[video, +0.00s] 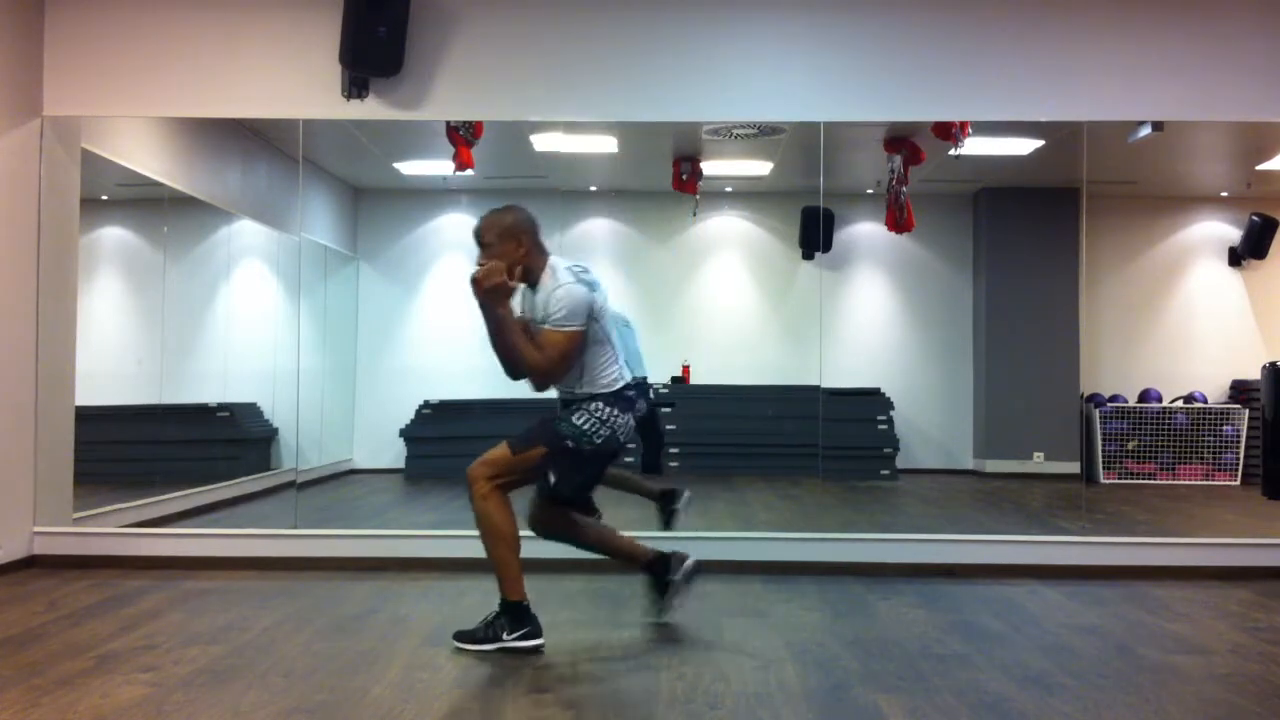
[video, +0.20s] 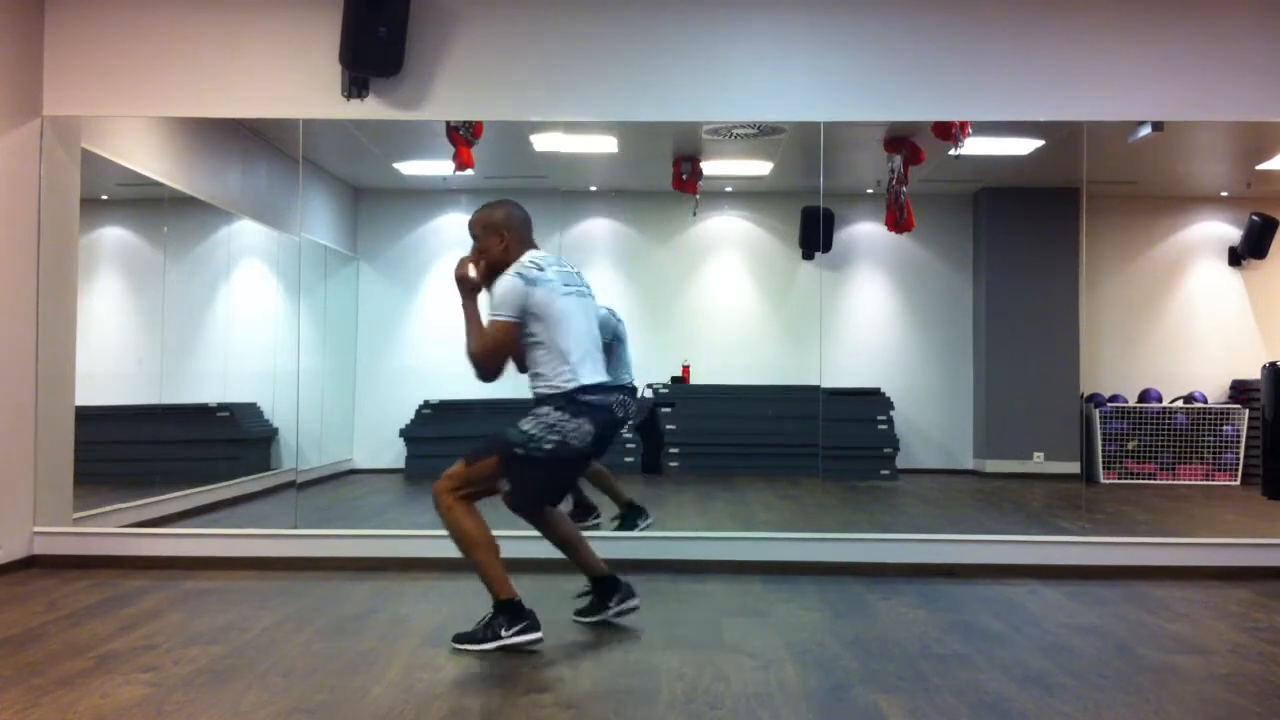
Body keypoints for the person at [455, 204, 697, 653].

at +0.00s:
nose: (483, 260)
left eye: (488, 249)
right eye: (481, 251)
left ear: (519, 247)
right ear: (519, 248)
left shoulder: (570, 290)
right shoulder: (528, 292)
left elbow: (547, 371)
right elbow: (516, 367)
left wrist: (501, 309)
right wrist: (491, 307)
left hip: (603, 412)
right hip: (582, 410)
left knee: (484, 477)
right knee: (549, 518)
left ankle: (515, 615)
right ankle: (661, 565)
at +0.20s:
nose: (475, 252)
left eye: (478, 241)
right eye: (473, 242)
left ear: (502, 238)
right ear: (523, 237)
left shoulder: (516, 278)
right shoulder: (565, 270)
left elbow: (487, 365)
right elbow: (534, 361)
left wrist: (468, 296)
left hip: (566, 412)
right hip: (604, 408)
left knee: (450, 491)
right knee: (523, 498)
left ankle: (510, 612)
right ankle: (607, 586)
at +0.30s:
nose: (476, 251)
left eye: (479, 240)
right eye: (476, 241)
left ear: (500, 239)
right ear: (524, 238)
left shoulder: (500, 277)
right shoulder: (571, 274)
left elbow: (475, 368)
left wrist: (467, 307)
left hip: (553, 409)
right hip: (596, 410)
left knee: (432, 480)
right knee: (529, 500)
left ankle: (492, 594)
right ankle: (608, 591)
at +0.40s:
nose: (466, 250)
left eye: (468, 239)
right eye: (465, 240)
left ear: (489, 236)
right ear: (513, 235)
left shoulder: (492, 273)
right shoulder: (562, 274)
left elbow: (466, 364)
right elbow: (599, 343)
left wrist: (456, 308)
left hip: (536, 409)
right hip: (577, 408)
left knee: (412, 465)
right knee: (523, 502)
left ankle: (447, 591)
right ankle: (607, 591)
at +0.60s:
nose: (424, 225)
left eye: (428, 214)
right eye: (424, 214)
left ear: (456, 214)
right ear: (465, 212)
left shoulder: (489, 260)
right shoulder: (502, 253)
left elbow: (458, 347)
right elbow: (467, 338)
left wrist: (426, 278)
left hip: (508, 400)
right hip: (528, 397)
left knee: (395, 474)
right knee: (487, 501)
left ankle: (414, 615)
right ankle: (584, 571)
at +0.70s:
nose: (421, 216)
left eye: (423, 205)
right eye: (420, 206)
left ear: (452, 202)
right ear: (461, 202)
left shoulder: (482, 251)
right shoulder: (498, 245)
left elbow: (449, 336)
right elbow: (459, 325)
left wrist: (421, 269)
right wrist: (420, 264)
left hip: (493, 393)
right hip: (520, 391)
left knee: (388, 476)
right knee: (471, 485)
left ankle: (414, 612)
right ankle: (542, 579)